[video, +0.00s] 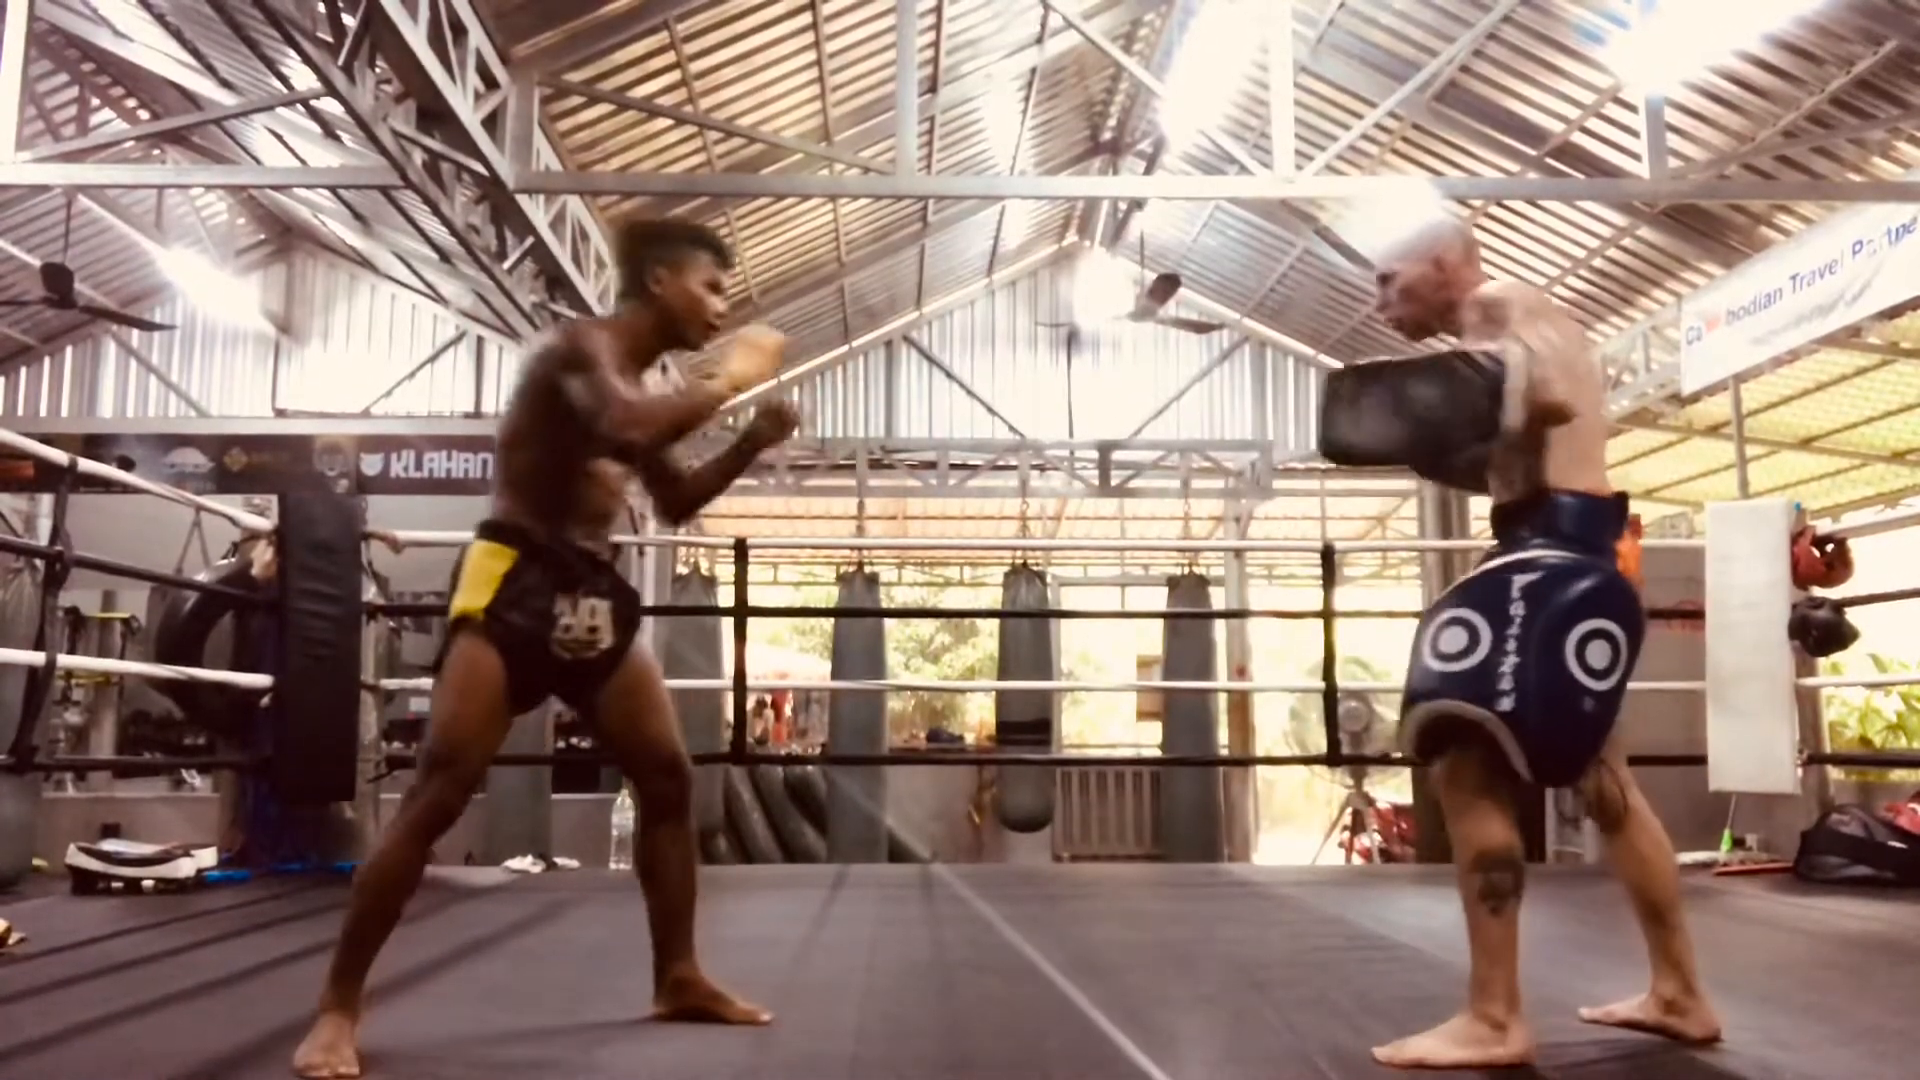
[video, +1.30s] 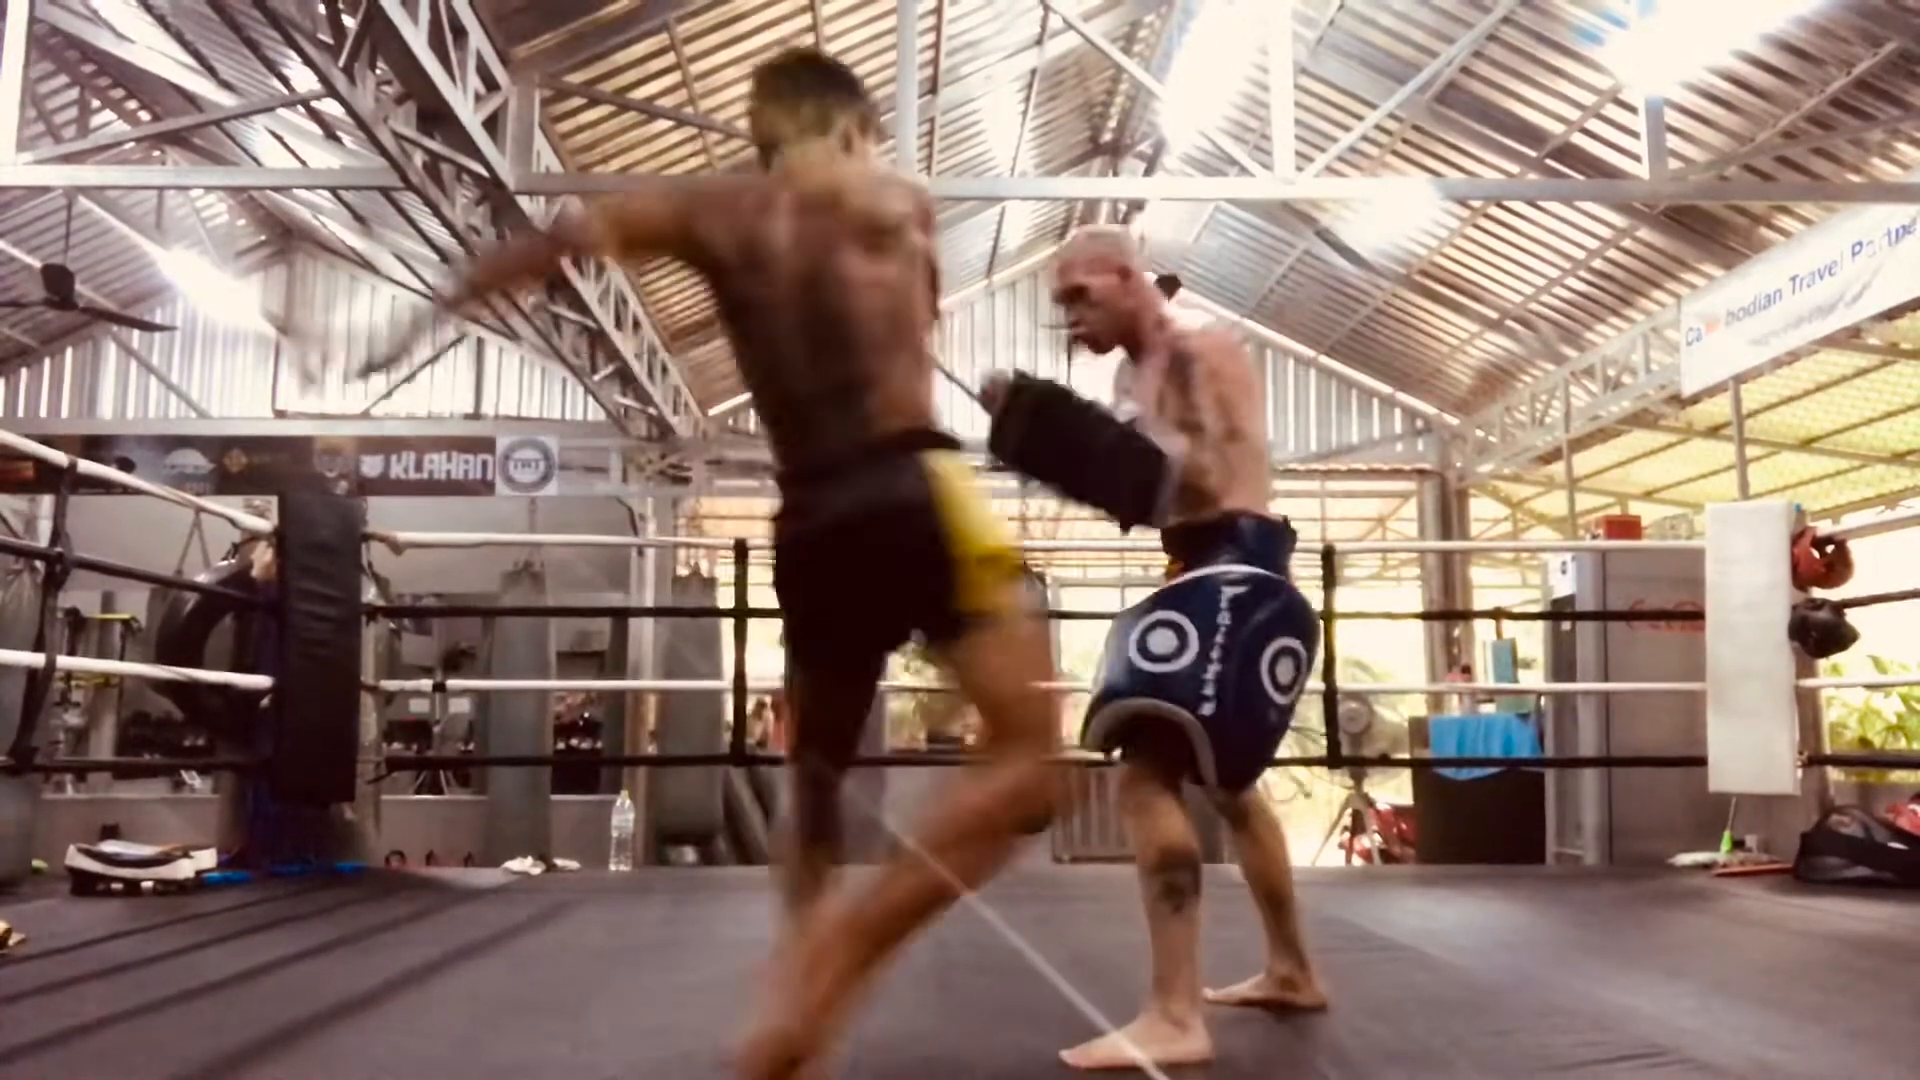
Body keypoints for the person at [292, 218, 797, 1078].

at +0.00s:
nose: (724, 303)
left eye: (726, 289)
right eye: (713, 284)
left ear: (671, 286)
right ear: (660, 279)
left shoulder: (639, 387)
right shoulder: (580, 342)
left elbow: (679, 502)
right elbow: (620, 422)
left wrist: (752, 441)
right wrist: (726, 380)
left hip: (593, 584)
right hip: (514, 569)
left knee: (667, 780)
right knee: (441, 791)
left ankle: (678, 979)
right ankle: (337, 1012)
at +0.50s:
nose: (710, 264)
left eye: (709, 250)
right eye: (696, 247)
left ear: (652, 254)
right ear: (643, 250)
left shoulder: (649, 337)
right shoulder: (618, 310)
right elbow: (756, 355)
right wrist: (765, 313)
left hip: (662, 576)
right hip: (599, 564)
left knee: (740, 792)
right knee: (594, 780)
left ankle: (638, 1008)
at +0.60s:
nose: (702, 267)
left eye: (704, 253)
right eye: (691, 249)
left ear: (627, 248)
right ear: (640, 238)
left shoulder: (595, 343)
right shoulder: (634, 292)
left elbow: (520, 457)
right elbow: (760, 335)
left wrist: (556, 527)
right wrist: (889, 333)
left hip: (639, 543)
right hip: (674, 514)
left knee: (703, 790)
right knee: (823, 578)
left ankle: (636, 1010)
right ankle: (761, 726)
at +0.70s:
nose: (703, 268)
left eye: (704, 254)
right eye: (695, 248)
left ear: (613, 250)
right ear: (643, 239)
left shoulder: (566, 378)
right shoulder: (646, 300)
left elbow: (560, 459)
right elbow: (745, 334)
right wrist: (890, 326)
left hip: (679, 562)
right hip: (729, 485)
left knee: (695, 791)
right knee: (935, 416)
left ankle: (637, 1013)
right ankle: (957, 440)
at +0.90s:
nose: (756, 241)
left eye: (758, 227)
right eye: (746, 222)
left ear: (690, 221)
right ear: (696, 214)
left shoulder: (697, 333)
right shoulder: (650, 270)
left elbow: (781, 423)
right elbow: (694, 294)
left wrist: (809, 319)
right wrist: (843, 261)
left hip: (683, 553)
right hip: (724, 489)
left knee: (690, 790)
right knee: (944, 409)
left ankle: (630, 1010)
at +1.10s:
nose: (809, 218)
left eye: (808, 202)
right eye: (798, 199)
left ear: (720, 199)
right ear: (755, 195)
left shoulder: (696, 285)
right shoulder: (734, 242)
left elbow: (736, 420)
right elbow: (886, 292)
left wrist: (802, 423)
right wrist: (1007, 331)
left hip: (703, 531)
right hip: (750, 515)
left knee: (715, 791)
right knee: (834, 777)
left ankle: (639, 1017)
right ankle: (686, 1035)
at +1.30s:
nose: (875, 148)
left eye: (864, 140)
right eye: (870, 136)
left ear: (764, 133)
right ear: (859, 129)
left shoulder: (723, 205)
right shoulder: (906, 204)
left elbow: (565, 237)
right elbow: (922, 320)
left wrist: (454, 296)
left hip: (813, 526)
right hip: (921, 501)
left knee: (815, 782)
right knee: (1030, 763)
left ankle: (800, 1022)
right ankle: (832, 966)